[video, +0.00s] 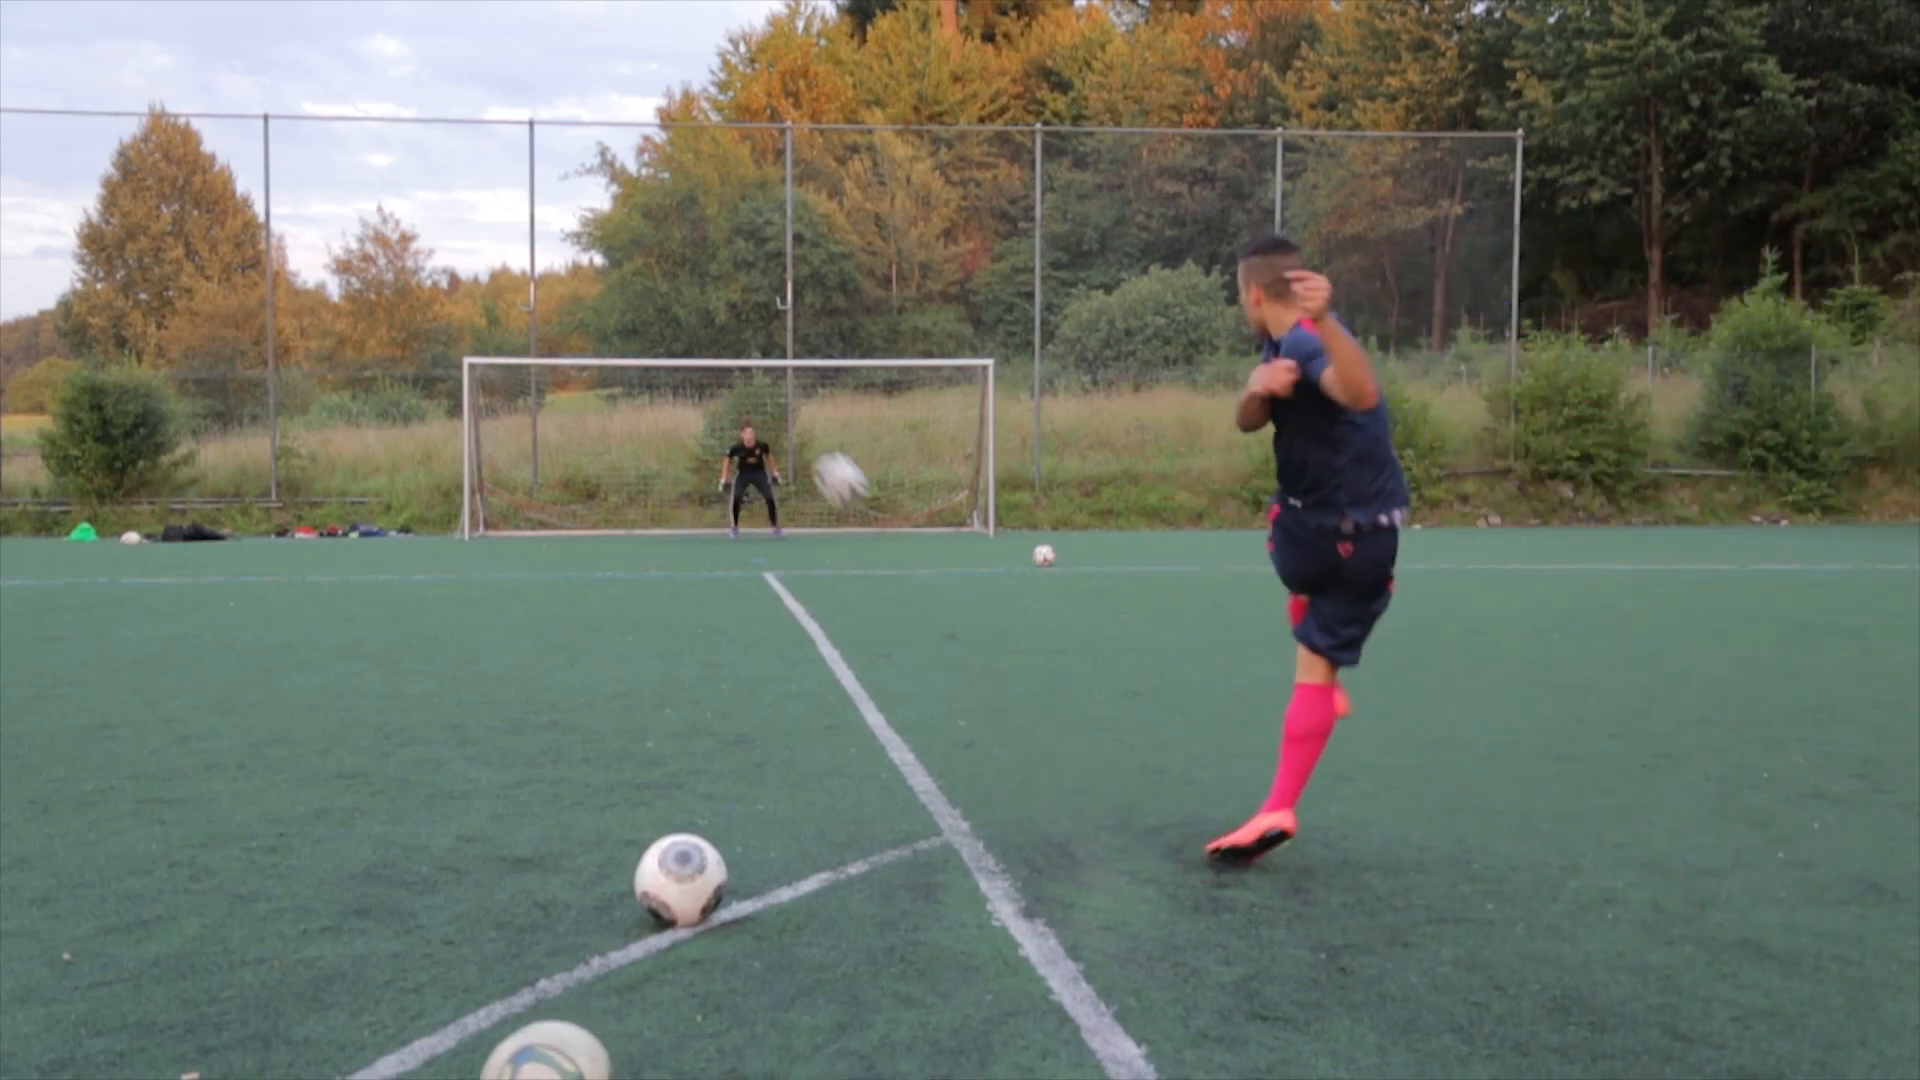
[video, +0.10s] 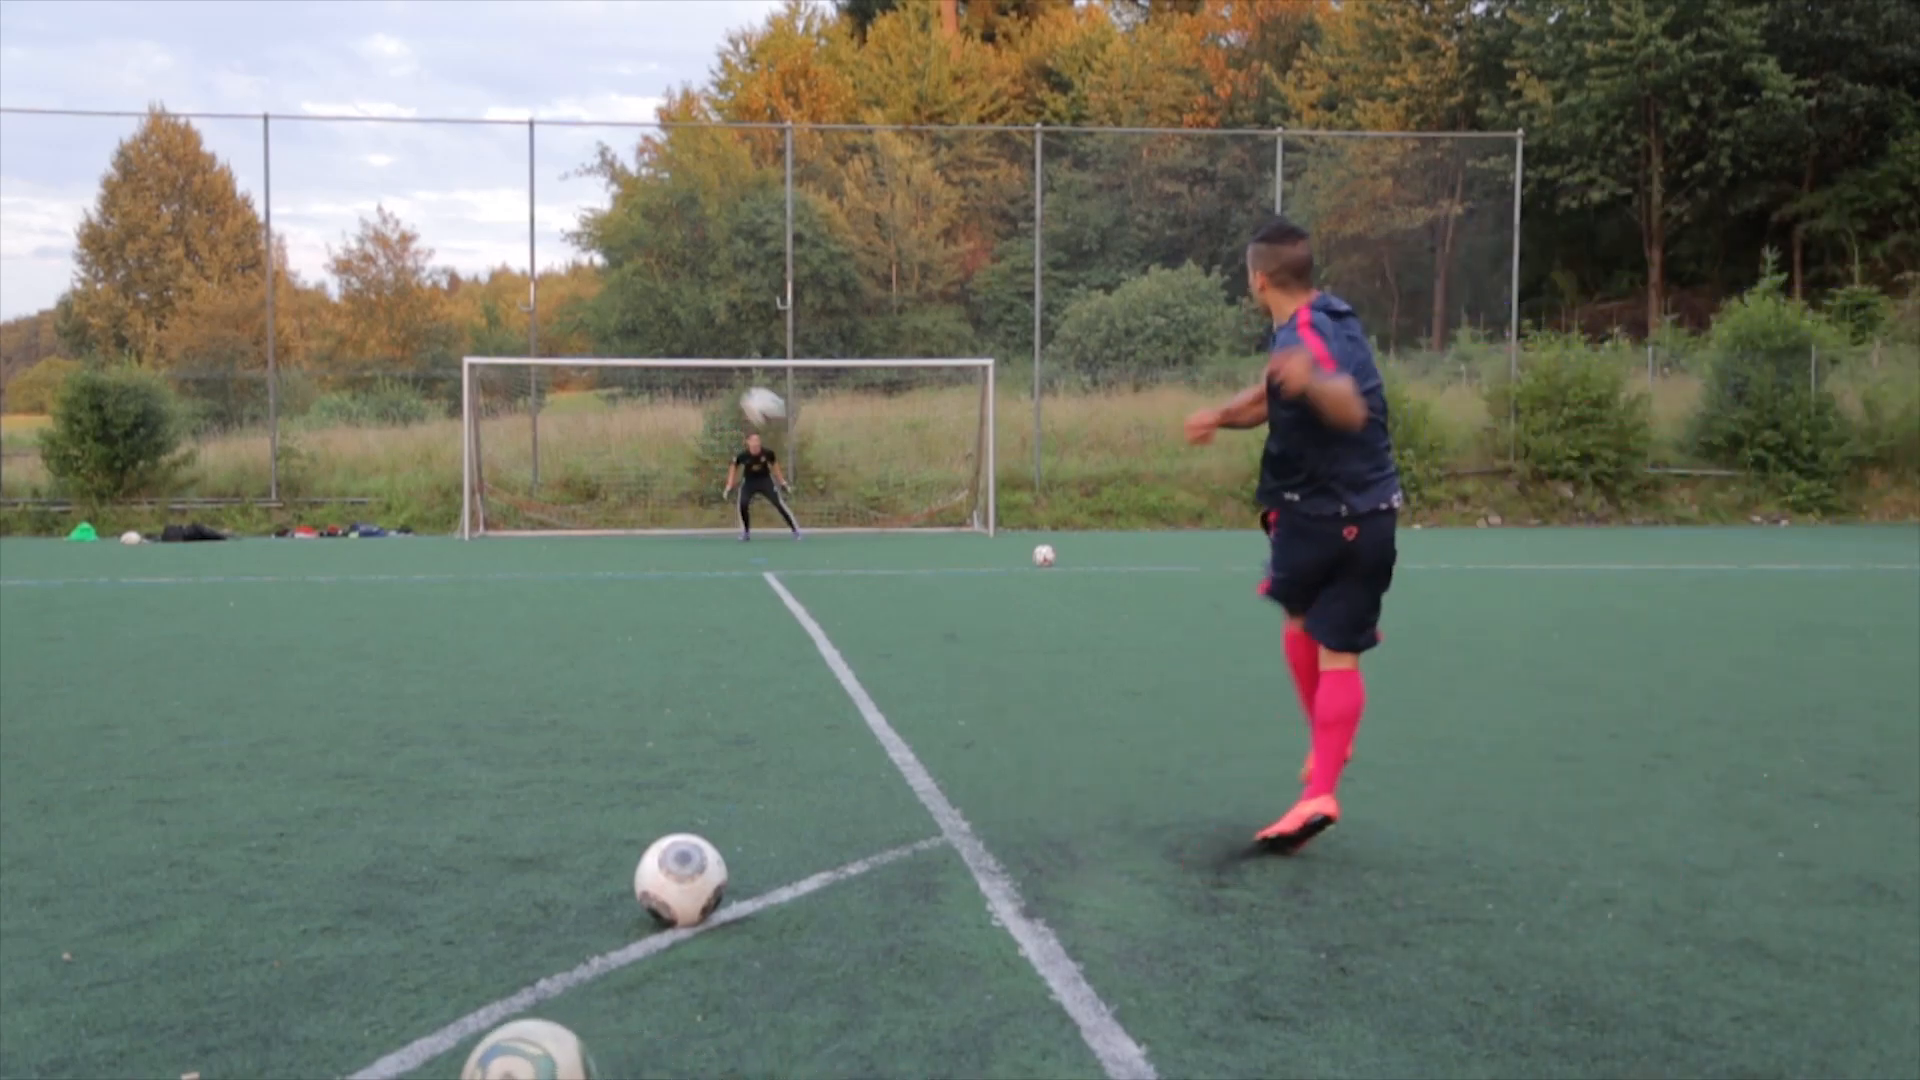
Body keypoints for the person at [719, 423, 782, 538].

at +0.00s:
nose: (749, 437)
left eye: (751, 434)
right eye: (747, 434)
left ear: (754, 436)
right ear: (742, 435)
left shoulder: (762, 447)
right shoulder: (736, 449)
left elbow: (770, 459)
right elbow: (727, 461)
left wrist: (775, 472)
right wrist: (724, 478)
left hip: (759, 476)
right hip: (743, 476)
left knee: (770, 499)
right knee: (736, 499)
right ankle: (734, 527)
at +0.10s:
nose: (755, 447)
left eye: (757, 444)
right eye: (753, 444)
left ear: (760, 444)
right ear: (748, 445)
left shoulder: (768, 454)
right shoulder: (742, 457)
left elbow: (775, 468)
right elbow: (733, 468)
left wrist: (783, 482)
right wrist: (729, 484)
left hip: (765, 483)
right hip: (749, 484)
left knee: (779, 504)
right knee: (743, 505)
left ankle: (795, 530)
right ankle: (746, 532)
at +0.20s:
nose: (756, 458)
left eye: (758, 455)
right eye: (753, 455)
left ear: (762, 454)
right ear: (750, 455)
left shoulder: (770, 463)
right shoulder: (745, 465)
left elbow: (779, 477)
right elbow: (737, 478)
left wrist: (787, 492)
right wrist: (733, 495)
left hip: (767, 490)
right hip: (751, 490)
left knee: (782, 509)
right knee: (742, 506)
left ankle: (795, 532)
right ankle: (745, 533)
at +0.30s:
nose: (747, 461)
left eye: (749, 458)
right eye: (744, 458)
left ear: (753, 456)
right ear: (741, 458)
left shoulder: (763, 465)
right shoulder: (739, 468)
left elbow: (774, 479)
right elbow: (735, 483)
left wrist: (782, 496)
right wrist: (731, 499)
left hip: (762, 492)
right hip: (746, 493)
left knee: (778, 510)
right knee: (733, 508)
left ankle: (794, 533)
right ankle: (737, 534)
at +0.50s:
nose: (719, 446)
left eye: (721, 443)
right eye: (717, 444)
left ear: (727, 443)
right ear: (715, 446)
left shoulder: (736, 456)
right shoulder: (718, 460)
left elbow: (750, 470)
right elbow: (717, 478)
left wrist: (753, 488)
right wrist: (713, 495)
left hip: (744, 485)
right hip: (732, 486)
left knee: (748, 510)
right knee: (720, 507)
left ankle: (772, 530)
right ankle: (735, 533)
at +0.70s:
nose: (701, 434)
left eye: (703, 431)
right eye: (701, 431)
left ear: (710, 433)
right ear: (702, 433)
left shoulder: (719, 447)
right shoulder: (708, 449)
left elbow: (731, 464)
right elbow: (712, 467)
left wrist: (729, 484)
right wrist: (704, 485)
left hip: (727, 480)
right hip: (720, 480)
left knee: (709, 500)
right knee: (711, 503)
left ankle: (720, 530)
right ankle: (734, 530)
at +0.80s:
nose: (693, 430)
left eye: (695, 427)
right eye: (693, 427)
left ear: (701, 428)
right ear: (700, 428)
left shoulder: (709, 442)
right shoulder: (704, 444)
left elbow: (720, 461)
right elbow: (709, 463)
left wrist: (719, 481)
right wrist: (705, 477)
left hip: (717, 477)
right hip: (714, 477)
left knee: (697, 499)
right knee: (712, 508)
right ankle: (733, 530)